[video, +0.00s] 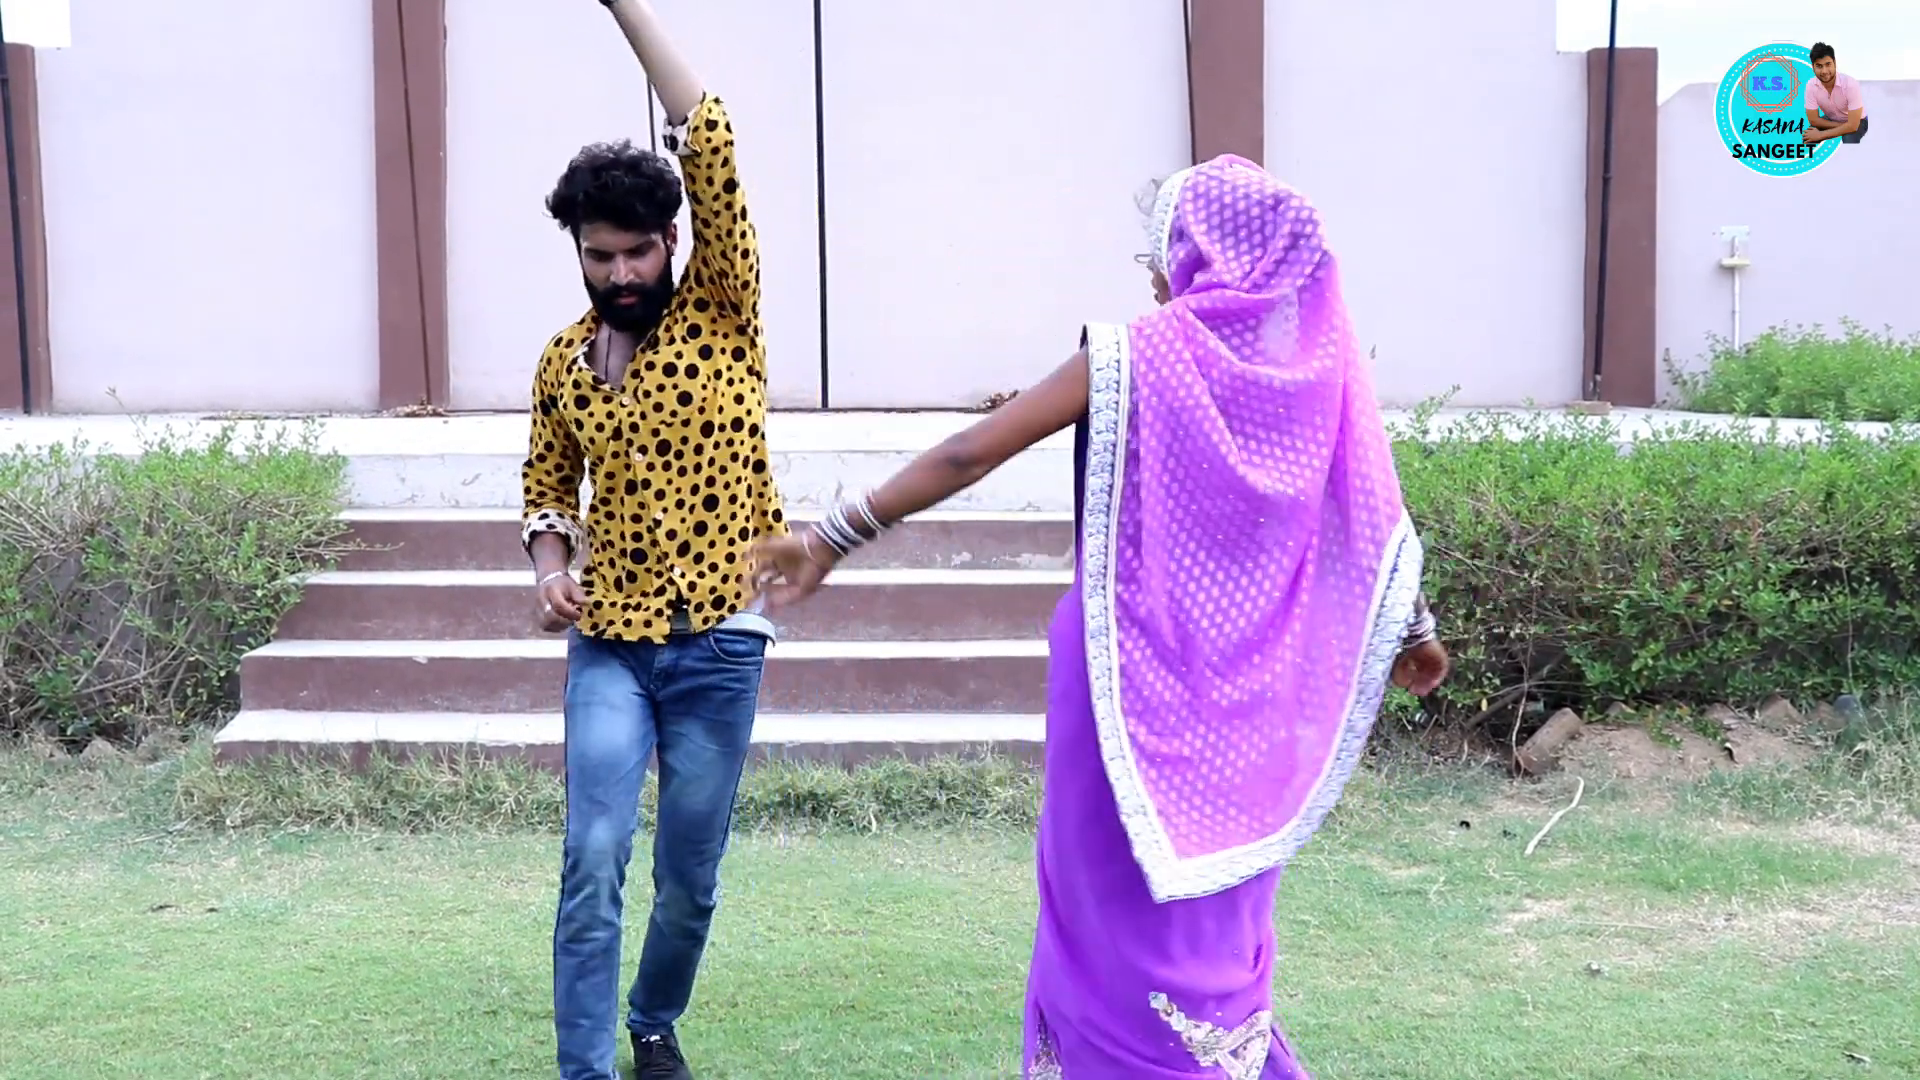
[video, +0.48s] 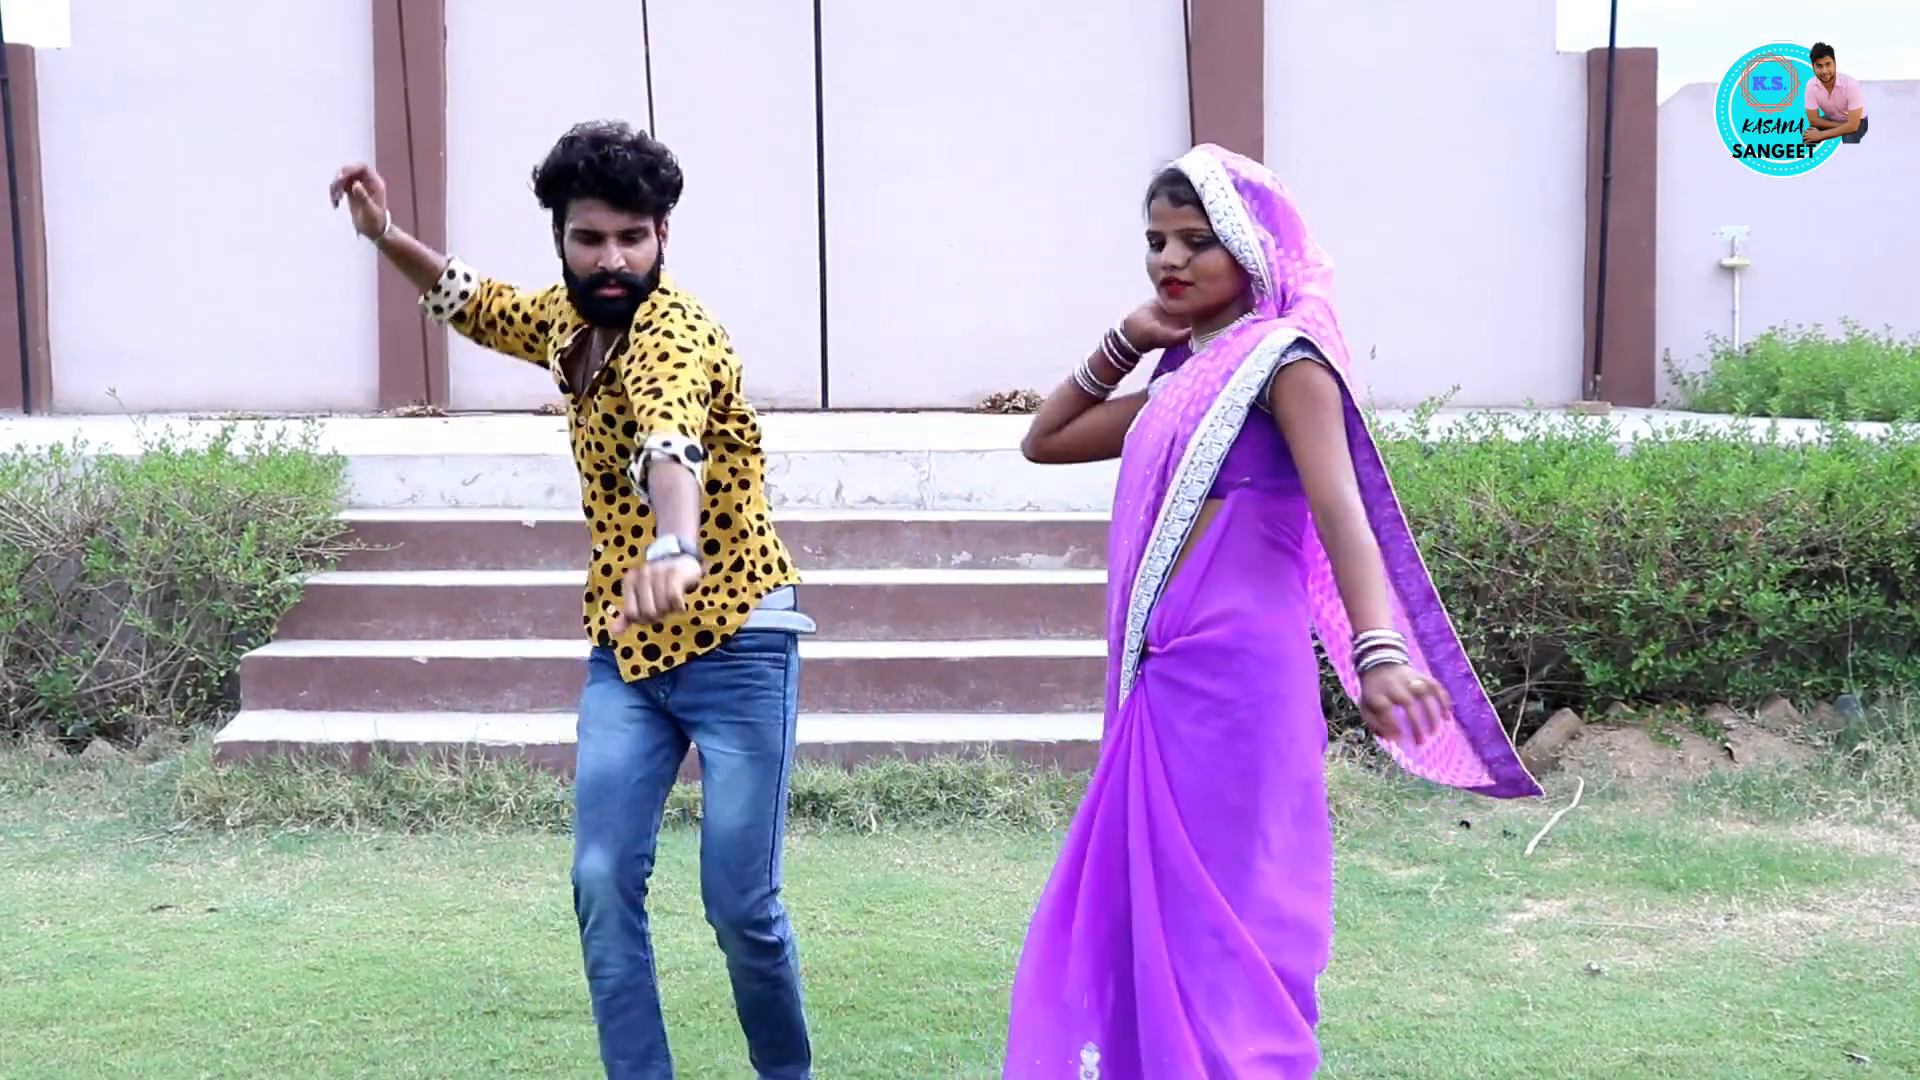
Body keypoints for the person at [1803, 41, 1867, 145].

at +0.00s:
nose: (1824, 71)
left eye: (1828, 65)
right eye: (1819, 66)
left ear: (1835, 63)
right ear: (1813, 67)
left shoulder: (1850, 84)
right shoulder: (1812, 86)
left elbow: (1853, 126)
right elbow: (1813, 120)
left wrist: (1820, 135)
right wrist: (1843, 126)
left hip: (1855, 122)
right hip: (1830, 121)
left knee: (1848, 140)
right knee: (1810, 136)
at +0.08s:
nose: (1824, 71)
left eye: (1828, 65)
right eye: (1819, 66)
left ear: (1835, 63)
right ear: (1813, 67)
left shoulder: (1850, 84)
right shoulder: (1812, 86)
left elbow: (1853, 126)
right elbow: (1813, 120)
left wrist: (1820, 135)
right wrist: (1843, 126)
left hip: (1855, 122)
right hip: (1830, 121)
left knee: (1848, 140)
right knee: (1810, 136)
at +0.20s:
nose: (1824, 71)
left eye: (1828, 65)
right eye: (1819, 66)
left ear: (1835, 63)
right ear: (1813, 67)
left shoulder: (1850, 84)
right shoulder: (1812, 86)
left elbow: (1853, 126)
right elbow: (1813, 120)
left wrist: (1820, 135)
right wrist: (1843, 126)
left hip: (1855, 122)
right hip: (1830, 121)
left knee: (1848, 140)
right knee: (1810, 136)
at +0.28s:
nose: (1824, 71)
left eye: (1828, 65)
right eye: (1819, 66)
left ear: (1835, 63)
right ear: (1813, 67)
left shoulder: (1850, 84)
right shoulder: (1812, 86)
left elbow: (1853, 126)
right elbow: (1813, 120)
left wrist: (1820, 135)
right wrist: (1843, 126)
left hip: (1855, 122)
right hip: (1830, 121)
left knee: (1848, 140)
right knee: (1810, 136)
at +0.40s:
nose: (1824, 71)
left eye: (1828, 65)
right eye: (1819, 66)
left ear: (1835, 63)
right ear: (1813, 67)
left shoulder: (1850, 84)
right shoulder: (1812, 86)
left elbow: (1853, 126)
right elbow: (1813, 120)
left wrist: (1820, 135)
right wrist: (1843, 126)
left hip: (1855, 122)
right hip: (1830, 121)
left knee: (1848, 140)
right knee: (1810, 136)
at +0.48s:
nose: (1824, 71)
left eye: (1828, 65)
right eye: (1819, 66)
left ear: (1835, 63)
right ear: (1813, 67)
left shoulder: (1850, 84)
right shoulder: (1812, 86)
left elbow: (1853, 126)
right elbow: (1813, 120)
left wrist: (1820, 135)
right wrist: (1843, 126)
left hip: (1855, 122)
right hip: (1830, 121)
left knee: (1848, 140)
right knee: (1810, 136)